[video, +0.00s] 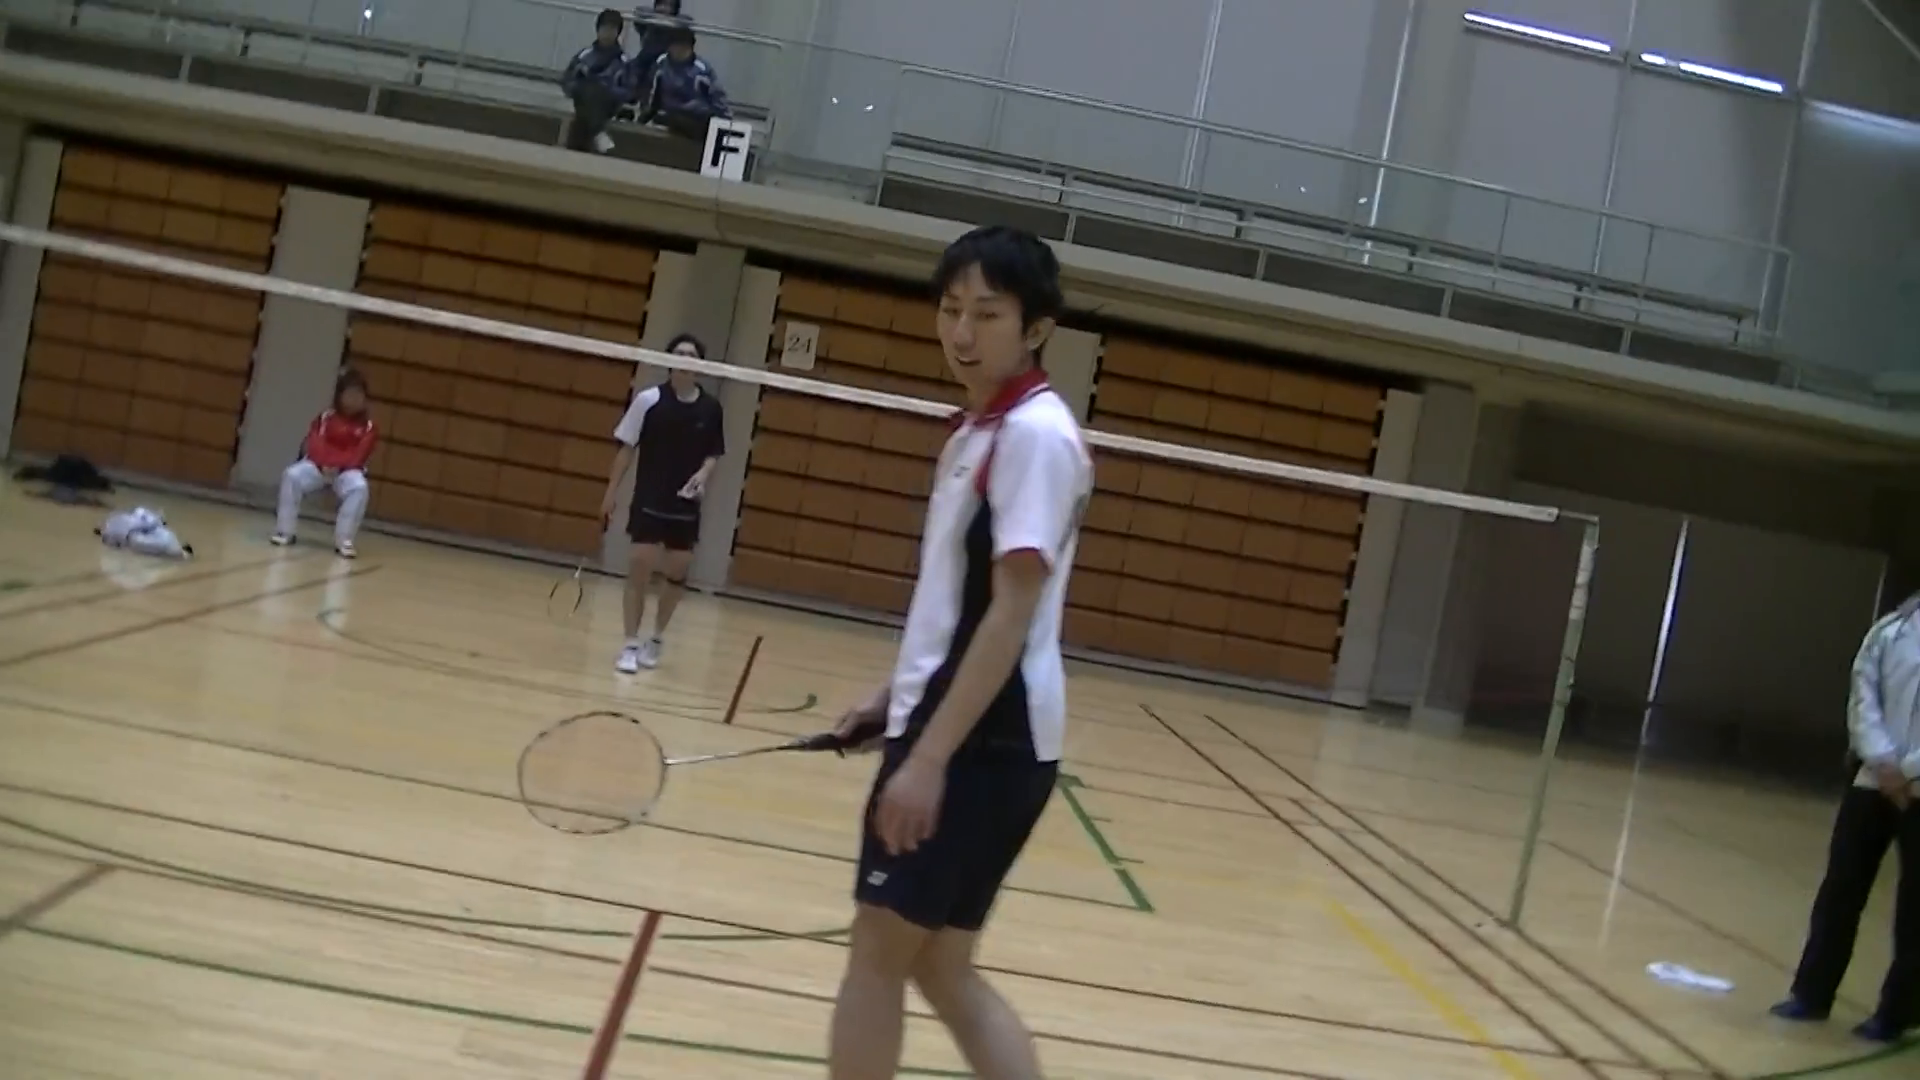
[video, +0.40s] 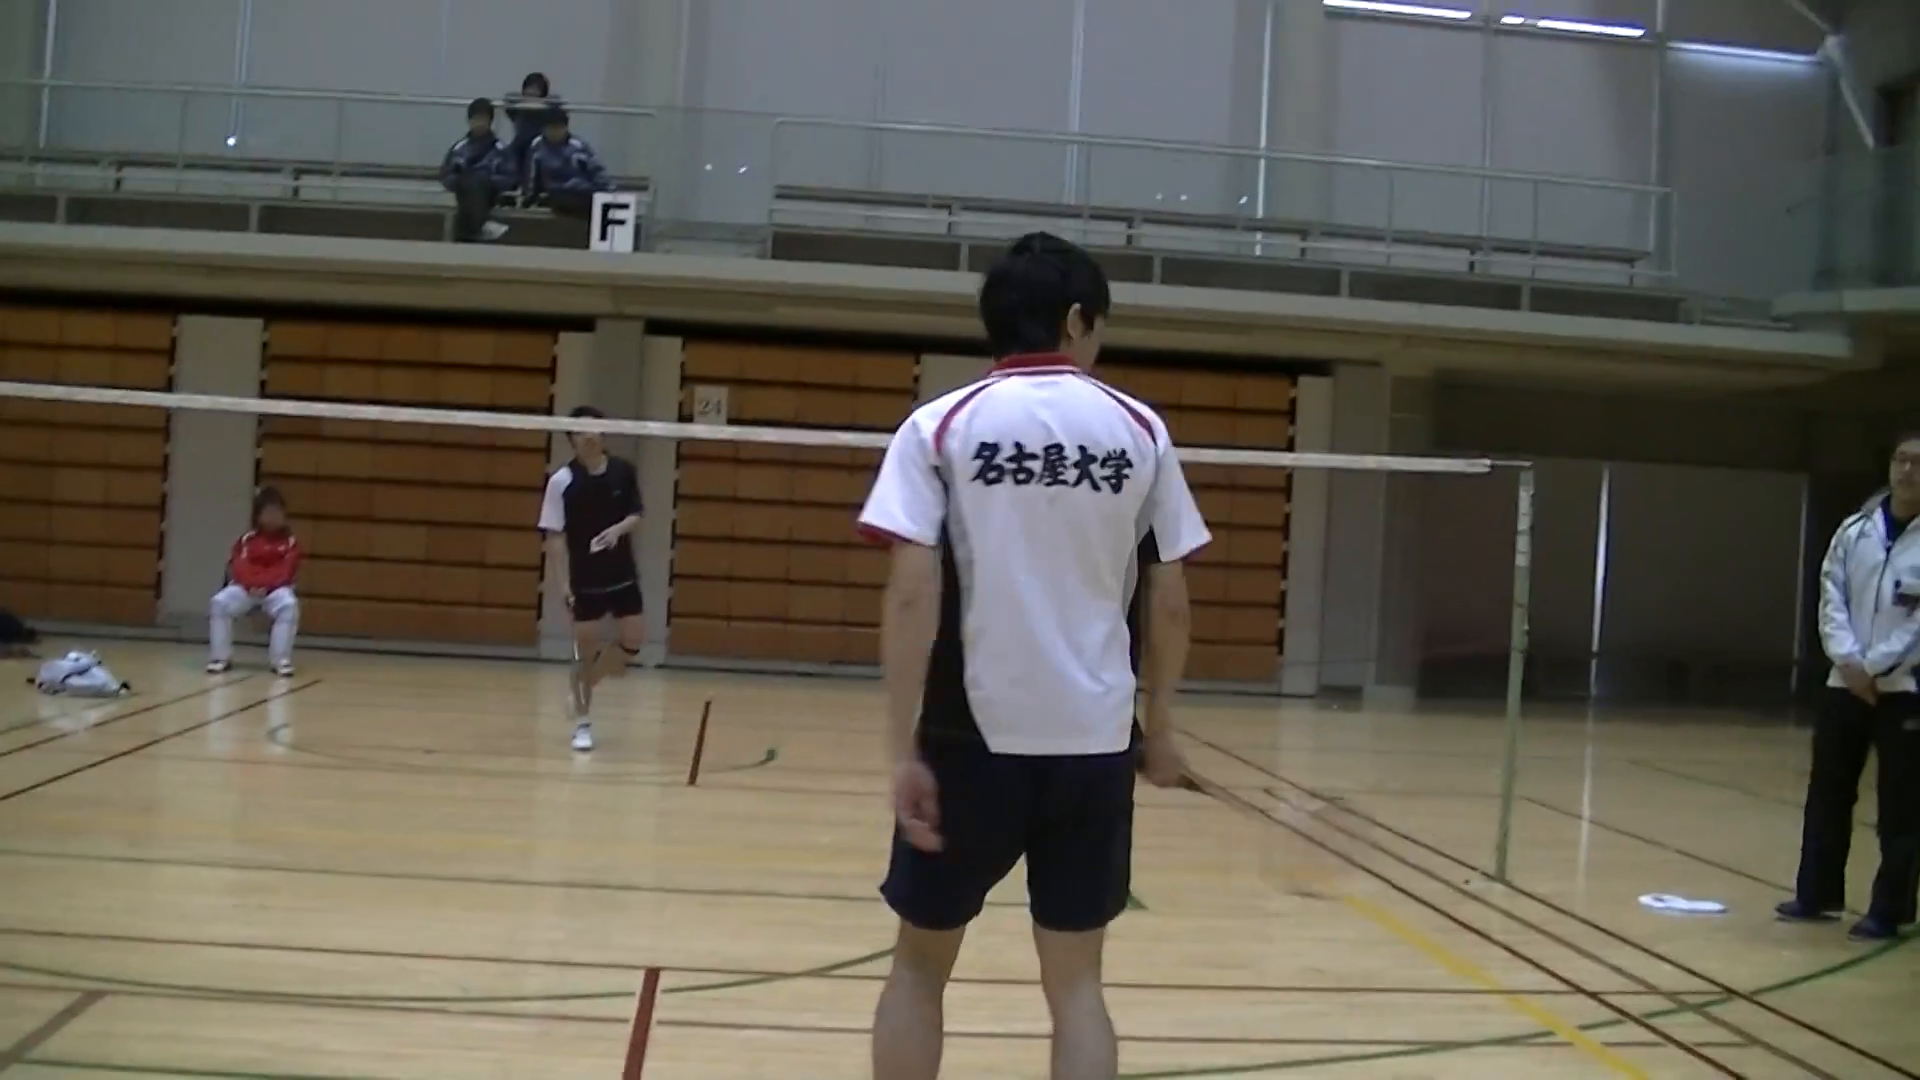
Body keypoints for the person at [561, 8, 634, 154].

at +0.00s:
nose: (607, 34)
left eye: (612, 30)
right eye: (604, 29)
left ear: (618, 32)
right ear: (597, 30)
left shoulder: (625, 62)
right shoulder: (584, 55)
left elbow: (628, 93)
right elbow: (566, 82)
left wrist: (605, 90)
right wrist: (580, 89)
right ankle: (598, 133)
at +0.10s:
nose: (577, 62)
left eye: (582, 58)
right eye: (574, 57)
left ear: (589, 60)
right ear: (568, 58)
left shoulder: (598, 90)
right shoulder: (555, 84)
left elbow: (601, 120)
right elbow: (540, 112)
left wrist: (577, 118)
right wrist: (558, 118)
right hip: (556, 138)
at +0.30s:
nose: (579, 118)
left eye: (584, 113)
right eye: (576, 113)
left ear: (590, 113)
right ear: (570, 114)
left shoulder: (602, 131)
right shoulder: (562, 133)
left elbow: (619, 154)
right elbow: (557, 160)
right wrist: (555, 179)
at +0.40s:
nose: (555, 134)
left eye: (559, 129)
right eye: (551, 129)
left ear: (566, 128)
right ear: (545, 130)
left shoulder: (577, 146)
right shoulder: (538, 148)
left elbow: (595, 168)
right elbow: (532, 174)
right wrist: (531, 194)